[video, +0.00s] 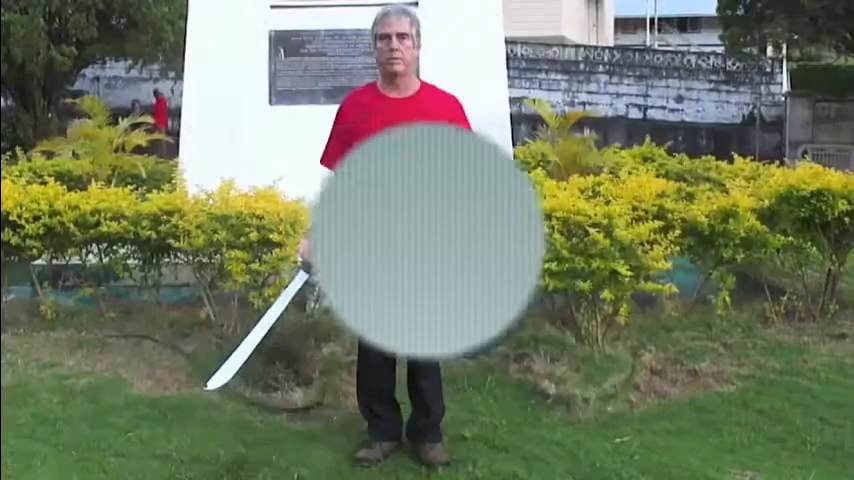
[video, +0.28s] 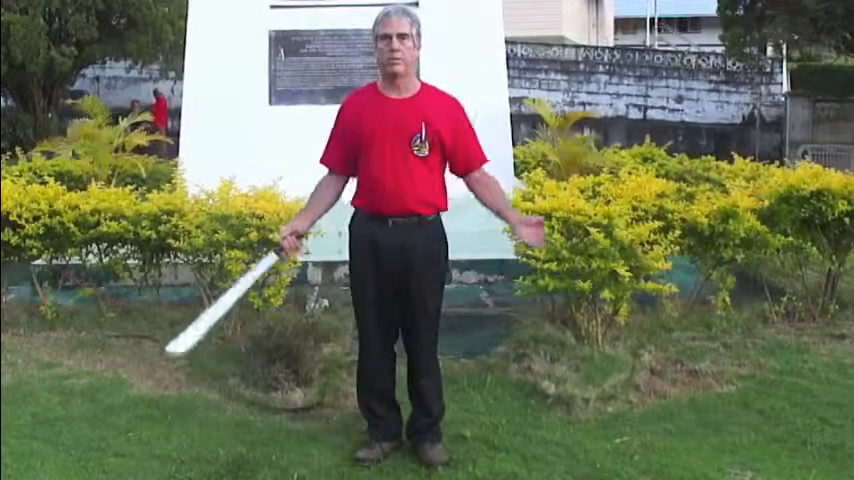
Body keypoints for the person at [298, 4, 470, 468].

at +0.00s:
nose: (393, 45)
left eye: (403, 37)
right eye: (384, 38)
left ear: (418, 45)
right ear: (373, 48)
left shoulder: (447, 105)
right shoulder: (355, 105)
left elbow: (467, 181)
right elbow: (334, 182)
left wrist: (471, 240)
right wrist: (315, 237)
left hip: (430, 236)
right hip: (372, 237)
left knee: (426, 335)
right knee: (375, 337)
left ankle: (428, 434)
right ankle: (382, 432)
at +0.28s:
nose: (394, 46)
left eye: (403, 38)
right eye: (385, 39)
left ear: (418, 46)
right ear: (374, 48)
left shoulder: (443, 106)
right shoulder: (356, 106)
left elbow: (474, 172)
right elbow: (336, 175)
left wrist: (514, 218)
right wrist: (301, 222)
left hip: (423, 233)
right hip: (368, 232)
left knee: (422, 340)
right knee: (373, 339)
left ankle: (428, 435)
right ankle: (382, 432)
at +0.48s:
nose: (395, 47)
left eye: (404, 38)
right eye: (386, 39)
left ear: (419, 47)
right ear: (374, 48)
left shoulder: (445, 106)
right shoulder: (356, 105)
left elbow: (493, 161)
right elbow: (323, 168)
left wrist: (539, 157)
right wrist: (278, 191)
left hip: (424, 233)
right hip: (369, 232)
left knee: (422, 339)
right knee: (374, 339)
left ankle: (428, 435)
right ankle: (382, 433)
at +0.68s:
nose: (395, 47)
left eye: (405, 38)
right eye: (386, 39)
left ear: (420, 46)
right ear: (375, 48)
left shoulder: (448, 105)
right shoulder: (355, 105)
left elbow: (498, 147)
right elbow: (310, 157)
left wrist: (514, 105)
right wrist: (275, 141)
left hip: (424, 232)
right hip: (370, 232)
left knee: (423, 340)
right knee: (374, 339)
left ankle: (428, 435)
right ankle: (381, 433)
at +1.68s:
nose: (409, 50)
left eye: (419, 41)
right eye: (400, 41)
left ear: (433, 48)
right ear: (389, 50)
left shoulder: (455, 105)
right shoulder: (369, 102)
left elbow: (493, 176)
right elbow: (318, 163)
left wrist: (482, 123)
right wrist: (325, 136)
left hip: (439, 237)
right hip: (381, 237)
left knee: (432, 343)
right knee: (370, 340)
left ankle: (427, 436)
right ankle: (380, 433)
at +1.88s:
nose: (410, 52)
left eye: (419, 43)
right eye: (401, 44)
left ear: (433, 50)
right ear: (389, 51)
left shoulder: (462, 113)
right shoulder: (367, 111)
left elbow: (477, 188)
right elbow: (339, 180)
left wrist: (446, 189)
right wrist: (365, 177)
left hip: (441, 244)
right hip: (382, 244)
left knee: (433, 347)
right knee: (372, 343)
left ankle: (428, 439)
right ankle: (377, 452)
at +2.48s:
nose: (375, 64)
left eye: (386, 55)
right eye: (365, 55)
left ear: (403, 62)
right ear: (353, 63)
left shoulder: (434, 124)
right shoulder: (329, 124)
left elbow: (450, 208)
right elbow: (315, 207)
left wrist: (398, 243)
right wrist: (360, 240)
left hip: (416, 263)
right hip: (351, 266)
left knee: (423, 359)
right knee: (355, 367)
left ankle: (429, 440)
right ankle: (366, 470)